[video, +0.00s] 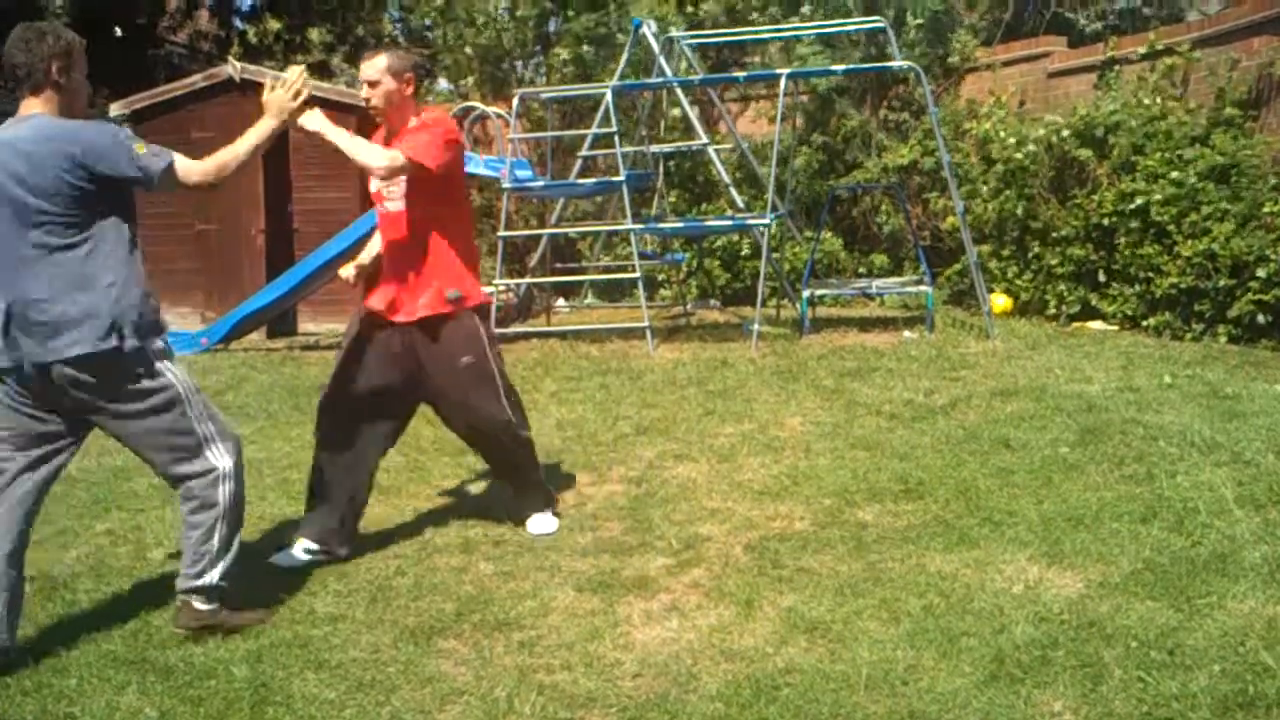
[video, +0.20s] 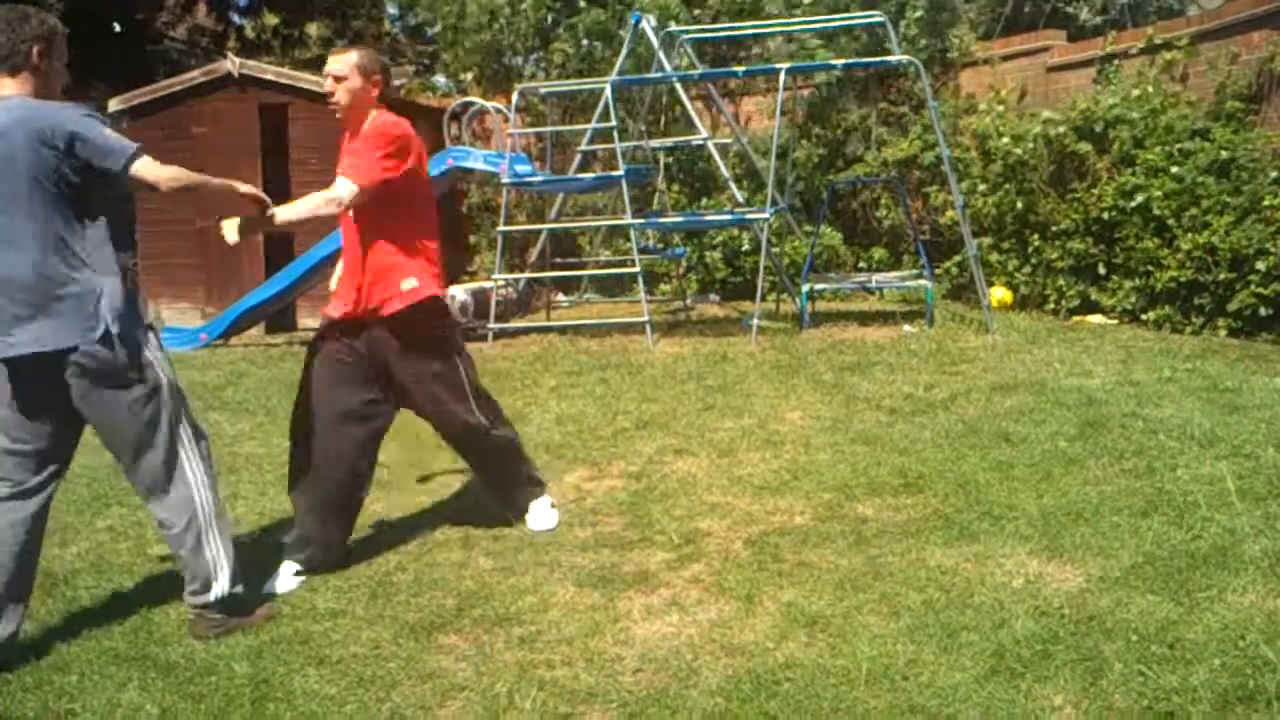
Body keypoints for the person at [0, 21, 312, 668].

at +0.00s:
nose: (89, 85)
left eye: (85, 73)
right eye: (83, 74)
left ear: (24, 81)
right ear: (56, 76)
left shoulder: (4, 143)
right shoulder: (82, 140)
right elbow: (200, 172)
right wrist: (271, 121)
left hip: (23, 355)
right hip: (102, 345)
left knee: (7, 509)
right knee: (212, 457)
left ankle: (1, 638)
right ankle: (202, 596)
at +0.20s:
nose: (66, 70)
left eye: (63, 59)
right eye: (60, 60)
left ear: (7, 63)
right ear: (37, 57)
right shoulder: (59, 121)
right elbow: (161, 178)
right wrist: (238, 191)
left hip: (13, 337)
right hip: (90, 325)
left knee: (15, 489)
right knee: (167, 451)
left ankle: (1, 628)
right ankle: (216, 594)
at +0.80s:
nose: (40, 62)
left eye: (37, 51)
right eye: (32, 53)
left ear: (5, 62)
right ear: (9, 58)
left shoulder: (21, 116)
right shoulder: (31, 113)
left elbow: (125, 175)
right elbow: (130, 175)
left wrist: (111, 110)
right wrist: (121, 103)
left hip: (12, 326)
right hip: (73, 316)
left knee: (5, 478)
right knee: (151, 452)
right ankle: (214, 601)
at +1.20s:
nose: (17, 74)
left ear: (13, 76)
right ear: (8, 74)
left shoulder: (10, 118)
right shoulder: (3, 117)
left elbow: (96, 122)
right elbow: (99, 122)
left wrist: (98, 48)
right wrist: (99, 41)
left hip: (15, 321)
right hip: (14, 323)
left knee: (105, 455)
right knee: (109, 455)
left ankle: (137, 610)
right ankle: (139, 620)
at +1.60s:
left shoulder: (9, 138)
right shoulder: (4, 128)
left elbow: (30, 200)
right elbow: (76, 132)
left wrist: (55, 120)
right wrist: (70, 62)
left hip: (15, 322)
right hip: (16, 324)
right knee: (115, 456)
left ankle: (138, 614)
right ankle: (141, 623)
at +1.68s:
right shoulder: (2, 120)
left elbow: (39, 169)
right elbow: (95, 167)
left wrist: (82, 120)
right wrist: (99, 110)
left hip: (17, 321)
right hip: (20, 321)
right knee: (106, 450)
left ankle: (150, 612)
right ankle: (153, 617)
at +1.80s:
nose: (13, 75)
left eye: (10, 66)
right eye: (11, 67)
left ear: (2, 80)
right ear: (7, 75)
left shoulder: (14, 133)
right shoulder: (15, 132)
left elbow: (29, 146)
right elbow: (109, 185)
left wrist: (82, 115)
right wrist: (127, 157)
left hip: (15, 339)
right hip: (25, 340)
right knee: (107, 471)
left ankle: (155, 619)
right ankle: (156, 629)